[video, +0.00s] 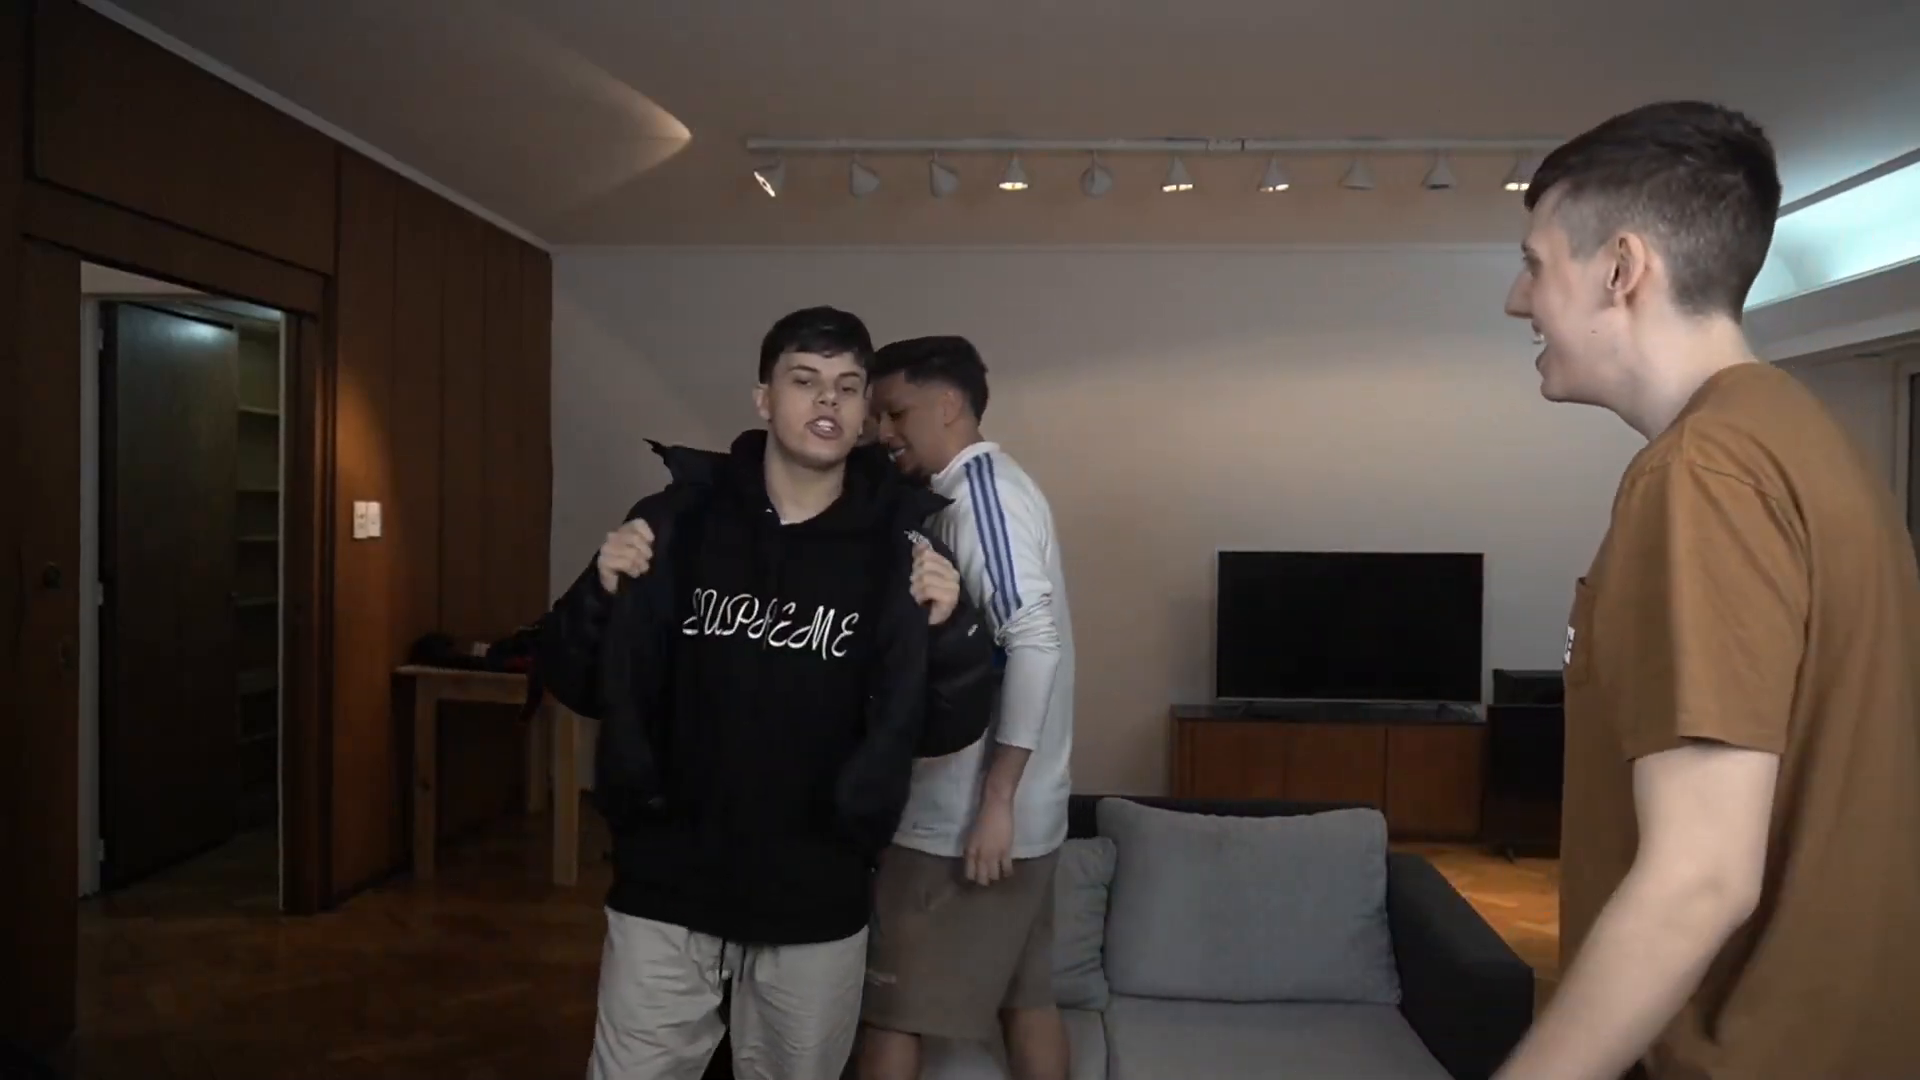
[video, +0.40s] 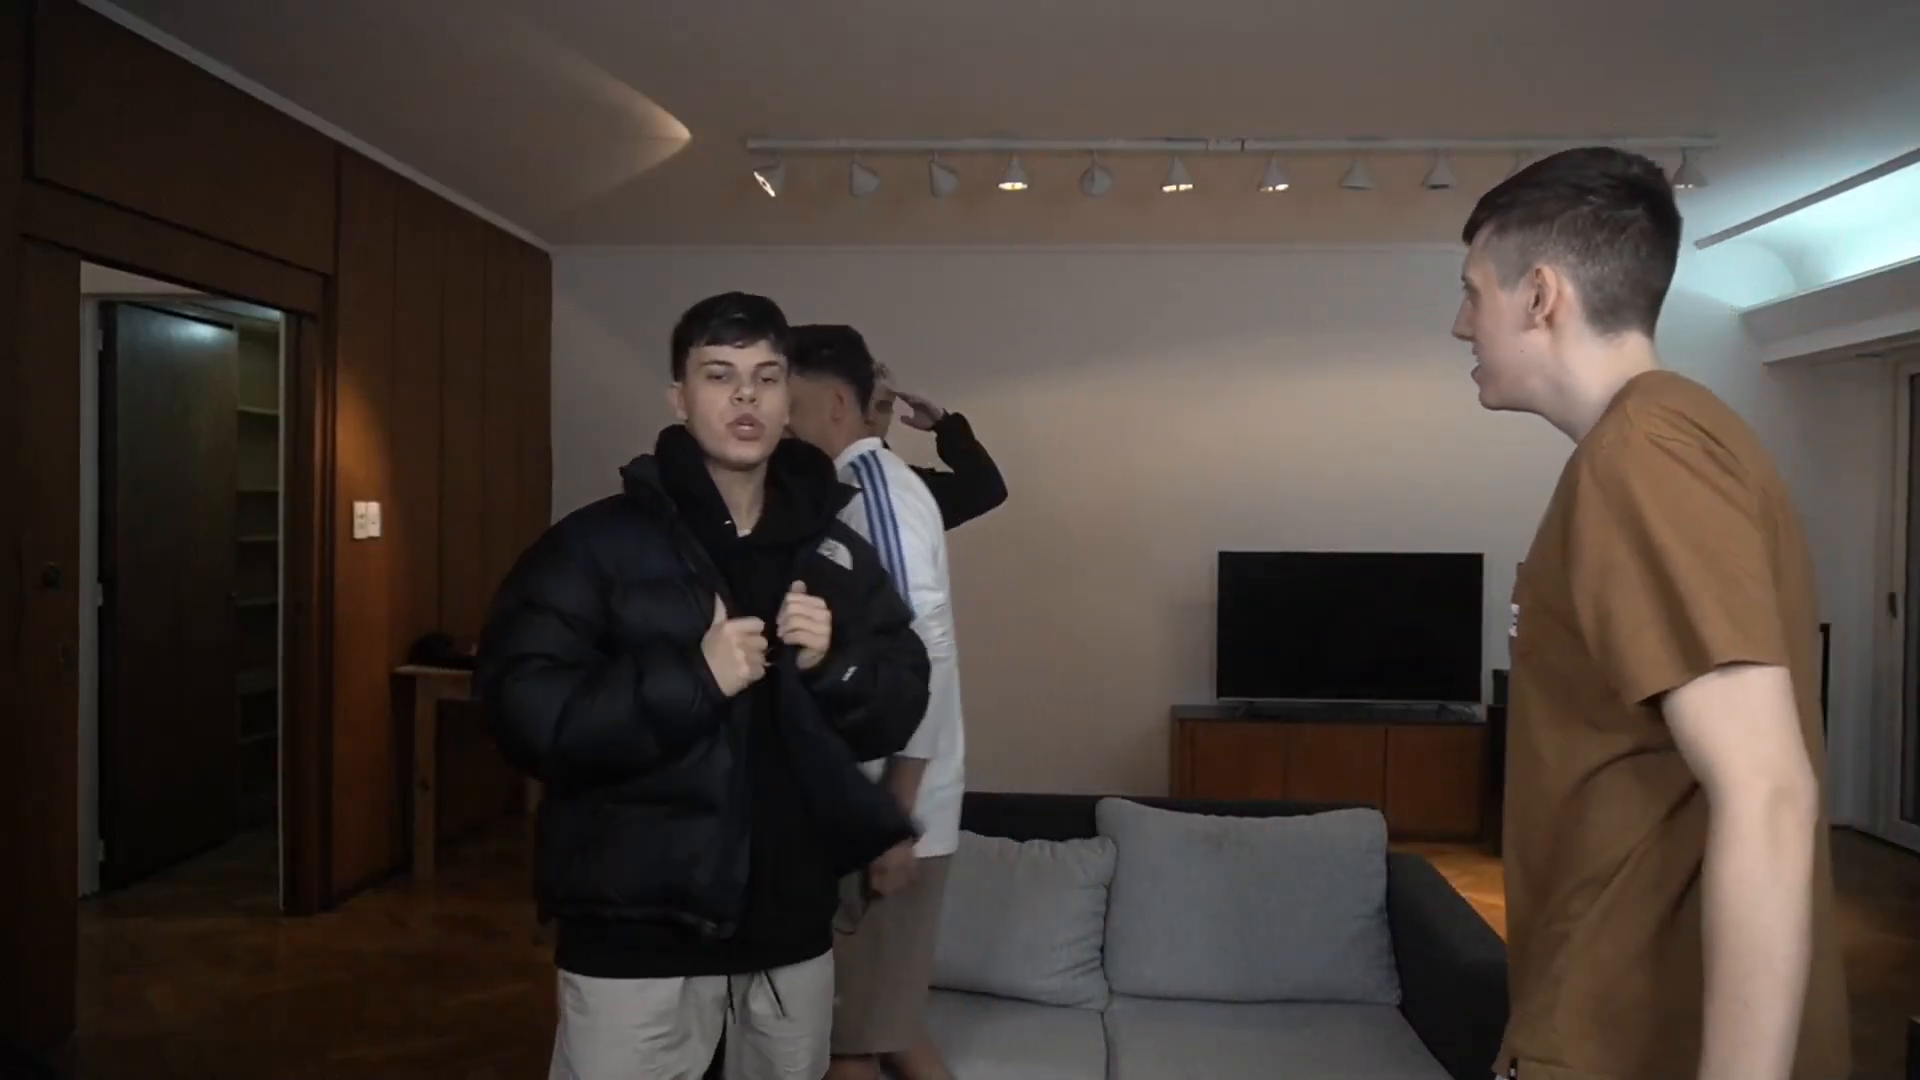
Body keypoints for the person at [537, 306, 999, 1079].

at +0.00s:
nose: (829, 401)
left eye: (848, 385)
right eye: (805, 380)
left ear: (867, 411)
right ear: (764, 400)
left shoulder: (901, 543)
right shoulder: (682, 517)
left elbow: (947, 729)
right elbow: (575, 683)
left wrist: (949, 627)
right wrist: (601, 588)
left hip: (814, 894)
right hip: (668, 881)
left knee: (797, 1072)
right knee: (632, 1071)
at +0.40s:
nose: (747, 399)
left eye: (766, 379)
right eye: (721, 377)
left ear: (790, 400)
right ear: (679, 399)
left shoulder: (832, 554)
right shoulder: (596, 546)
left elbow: (899, 708)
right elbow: (527, 711)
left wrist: (833, 660)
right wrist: (694, 678)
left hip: (790, 927)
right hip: (635, 932)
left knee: (790, 1068)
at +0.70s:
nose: (627, 380)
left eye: (647, 356)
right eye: (594, 360)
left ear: (676, 374)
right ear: (552, 387)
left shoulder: (747, 528)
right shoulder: (493, 555)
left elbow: (839, 687)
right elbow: (436, 744)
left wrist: (753, 652)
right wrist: (630, 694)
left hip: (741, 946)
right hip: (571, 963)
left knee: (790, 1066)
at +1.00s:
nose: (597, 381)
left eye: (614, 354)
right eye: (561, 359)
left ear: (640, 367)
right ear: (509, 384)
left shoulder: (746, 518)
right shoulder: (465, 561)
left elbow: (854, 669)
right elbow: (379, 742)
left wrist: (704, 660)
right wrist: (557, 725)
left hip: (730, 960)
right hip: (549, 976)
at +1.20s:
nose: (644, 391)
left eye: (657, 360)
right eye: (606, 371)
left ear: (681, 362)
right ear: (551, 395)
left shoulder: (793, 517)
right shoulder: (505, 546)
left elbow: (922, 654)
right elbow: (387, 711)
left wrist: (795, 712)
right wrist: (453, 760)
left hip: (747, 991)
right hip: (559, 990)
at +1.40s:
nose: (729, 392)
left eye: (742, 359)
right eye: (687, 372)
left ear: (766, 361)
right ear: (635, 395)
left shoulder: (879, 517)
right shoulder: (586, 532)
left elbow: (1022, 638)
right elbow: (492, 672)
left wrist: (887, 732)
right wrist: (539, 736)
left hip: (816, 984)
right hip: (629, 981)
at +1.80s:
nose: (829, 385)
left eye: (851, 352)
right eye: (793, 360)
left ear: (884, 358)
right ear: (750, 377)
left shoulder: (990, 536)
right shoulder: (691, 528)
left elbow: (1120, 689)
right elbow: (592, 666)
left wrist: (972, 775)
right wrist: (607, 725)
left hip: (889, 1012)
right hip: (705, 999)